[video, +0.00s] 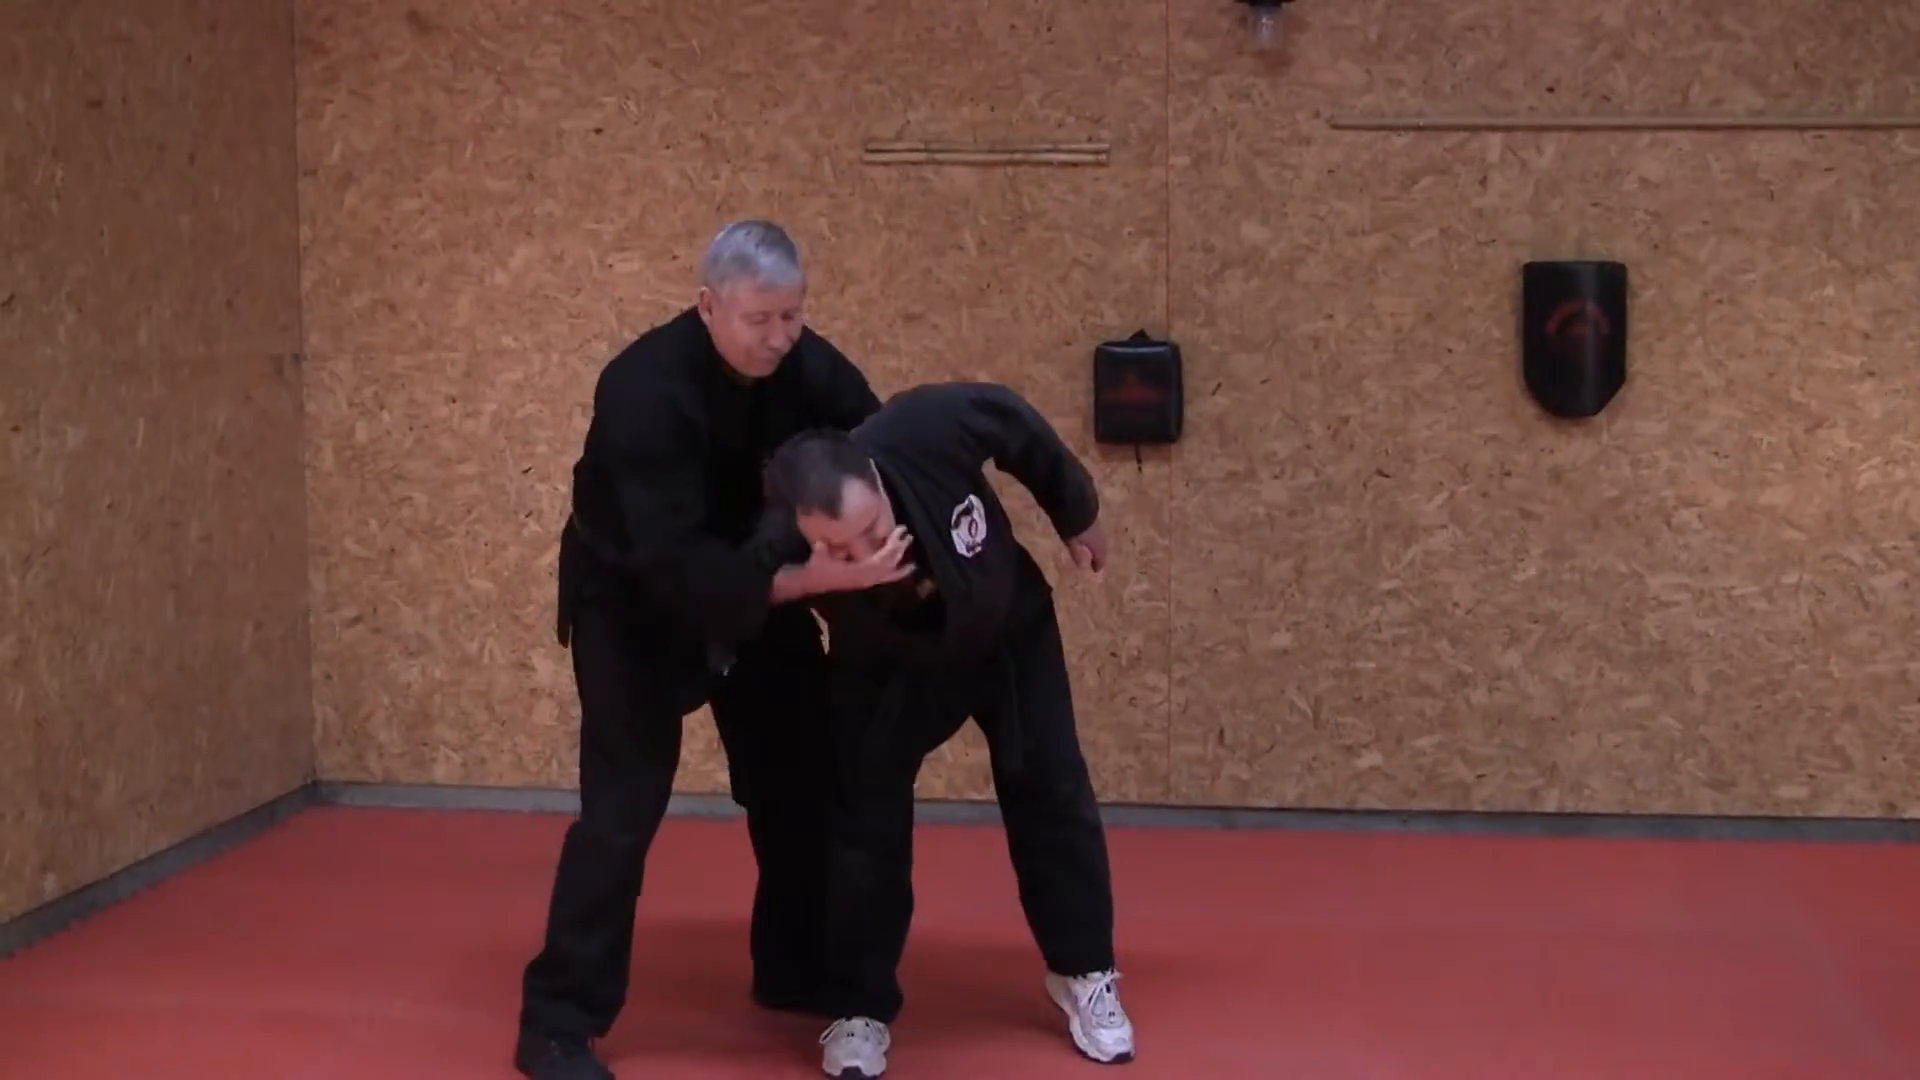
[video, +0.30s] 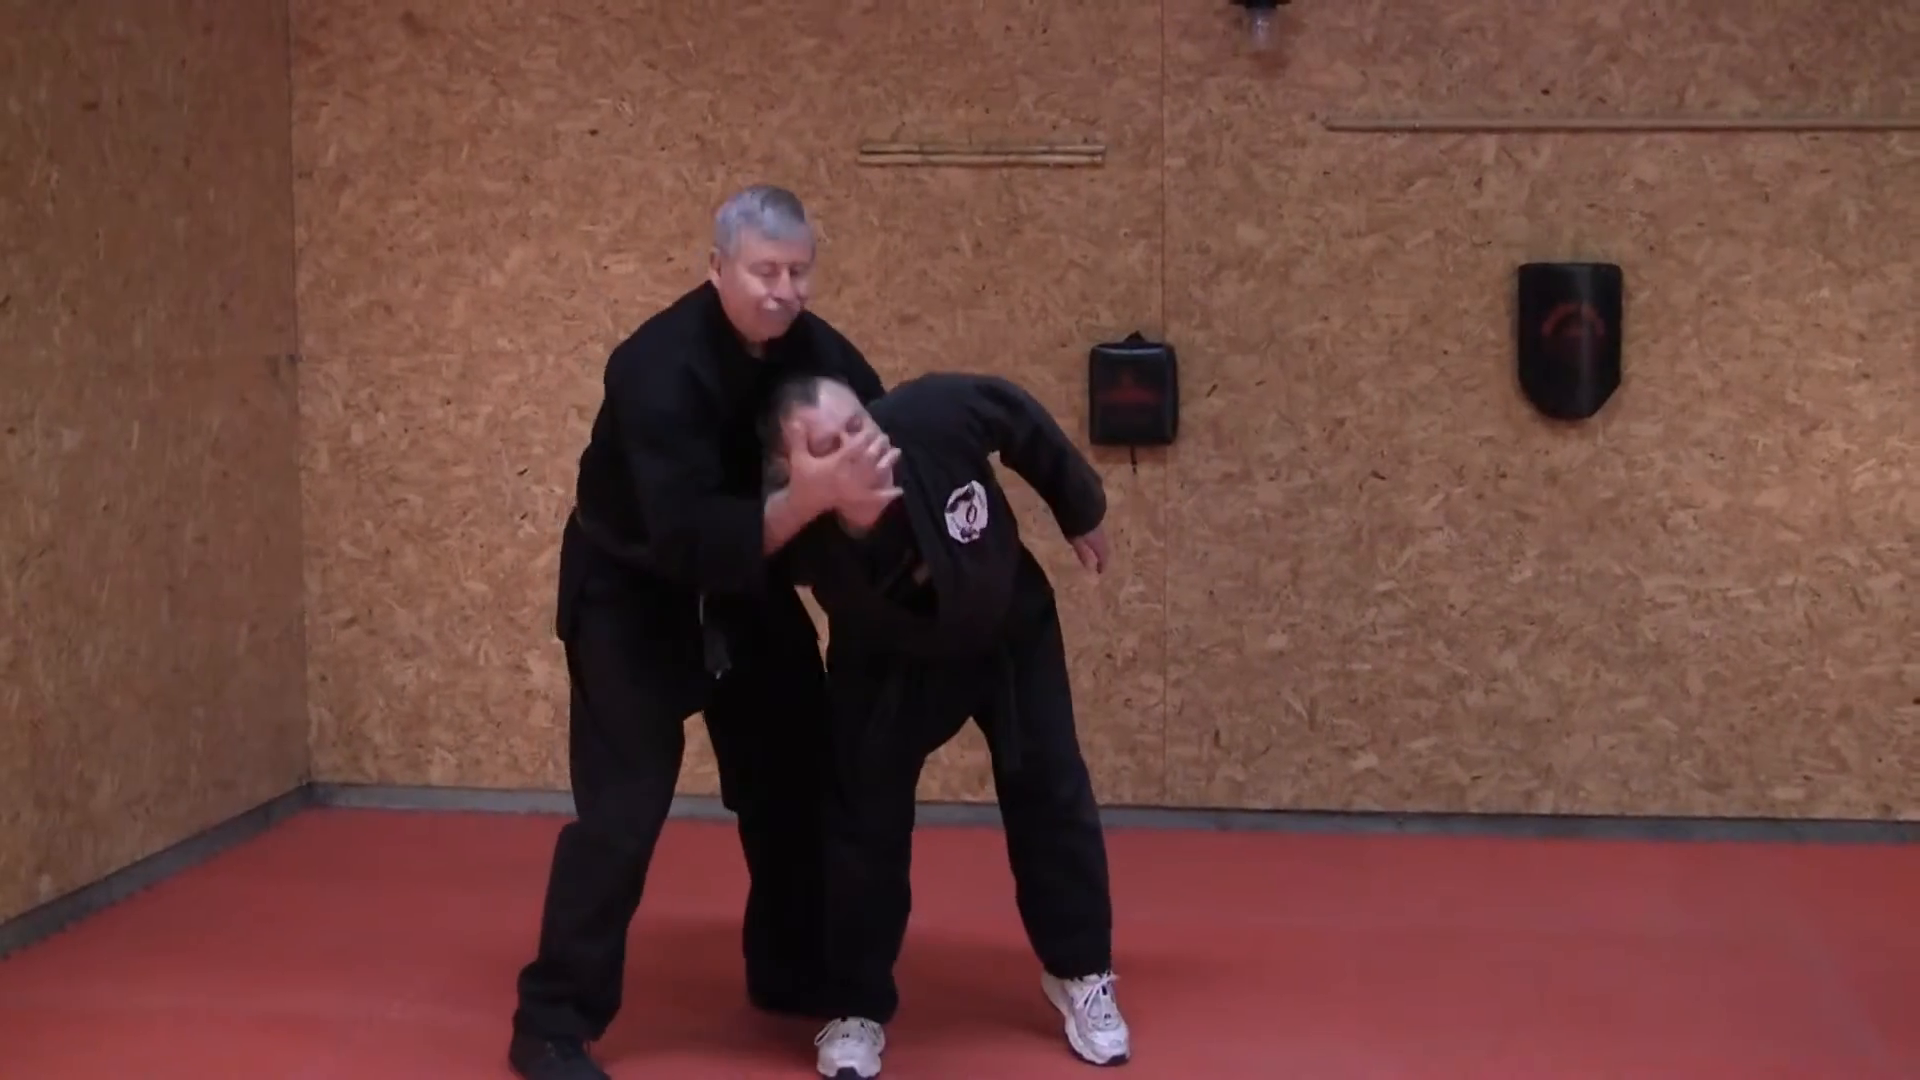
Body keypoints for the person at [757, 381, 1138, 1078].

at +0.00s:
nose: (866, 559)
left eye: (875, 534)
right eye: (837, 550)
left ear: (880, 484)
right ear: (801, 533)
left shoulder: (922, 434)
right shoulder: (781, 548)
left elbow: (1006, 416)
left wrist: (1075, 513)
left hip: (1001, 623)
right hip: (883, 655)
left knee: (1050, 789)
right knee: (866, 818)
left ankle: (1085, 972)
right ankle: (861, 1011)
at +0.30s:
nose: (852, 451)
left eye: (855, 429)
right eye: (823, 447)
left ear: (871, 416)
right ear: (787, 466)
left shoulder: (936, 415)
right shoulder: (788, 521)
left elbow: (1016, 415)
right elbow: (754, 566)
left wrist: (1078, 507)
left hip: (1003, 624)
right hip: (883, 647)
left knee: (1051, 792)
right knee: (863, 817)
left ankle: (1081, 972)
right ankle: (857, 1010)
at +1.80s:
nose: (868, 252)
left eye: (862, 240)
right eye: (841, 249)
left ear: (881, 265)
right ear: (808, 302)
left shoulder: (936, 341)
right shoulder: (795, 412)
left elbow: (994, 427)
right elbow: (731, 506)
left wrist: (1022, 510)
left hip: (951, 628)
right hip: (835, 640)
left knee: (1009, 809)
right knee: (823, 827)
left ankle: (1040, 981)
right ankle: (810, 1007)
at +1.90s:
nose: (869, 254)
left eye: (863, 242)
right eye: (842, 251)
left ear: (883, 266)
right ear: (808, 304)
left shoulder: (937, 341)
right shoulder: (794, 414)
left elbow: (994, 427)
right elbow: (729, 509)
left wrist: (1023, 511)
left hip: (951, 628)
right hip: (834, 641)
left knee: (1010, 809)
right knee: (822, 828)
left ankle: (1040, 981)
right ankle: (810, 1010)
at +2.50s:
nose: (888, 268)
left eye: (882, 252)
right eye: (860, 262)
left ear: (895, 269)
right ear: (812, 303)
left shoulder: (940, 346)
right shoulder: (798, 414)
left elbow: (989, 431)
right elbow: (722, 501)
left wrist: (1014, 519)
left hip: (944, 629)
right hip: (829, 641)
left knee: (1005, 808)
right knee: (819, 830)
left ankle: (1038, 981)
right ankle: (810, 1013)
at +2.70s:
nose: (899, 268)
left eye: (893, 254)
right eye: (872, 263)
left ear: (904, 272)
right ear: (820, 304)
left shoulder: (946, 350)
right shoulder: (800, 401)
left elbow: (986, 434)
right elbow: (724, 496)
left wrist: (1004, 522)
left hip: (942, 627)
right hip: (827, 638)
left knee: (1001, 805)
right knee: (817, 827)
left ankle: (1036, 980)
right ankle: (809, 1012)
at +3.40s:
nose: (1053, 344)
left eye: (1052, 327)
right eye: (1031, 332)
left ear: (1055, 325)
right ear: (970, 340)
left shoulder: (1063, 408)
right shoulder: (903, 417)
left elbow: (1056, 537)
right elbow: (793, 445)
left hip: (997, 651)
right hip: (882, 655)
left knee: (1046, 830)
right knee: (839, 833)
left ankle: (1092, 1011)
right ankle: (807, 1015)